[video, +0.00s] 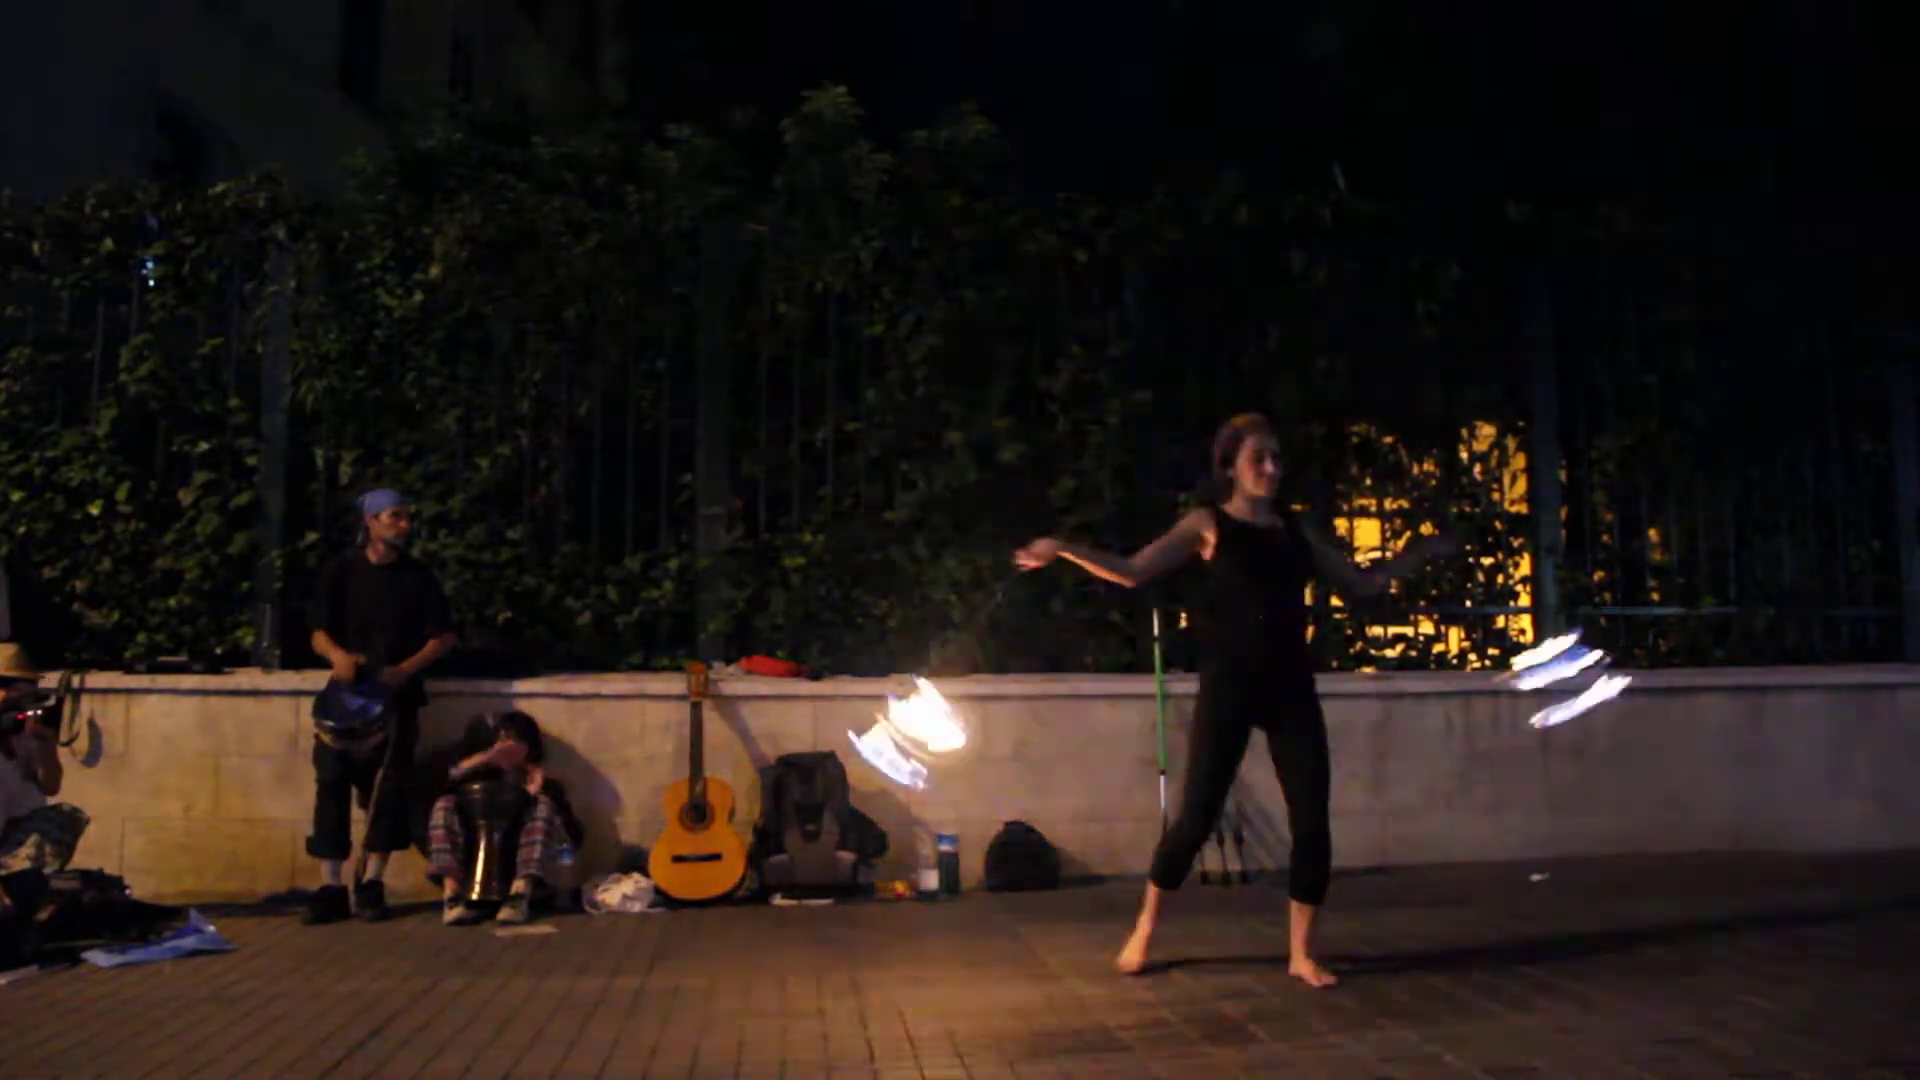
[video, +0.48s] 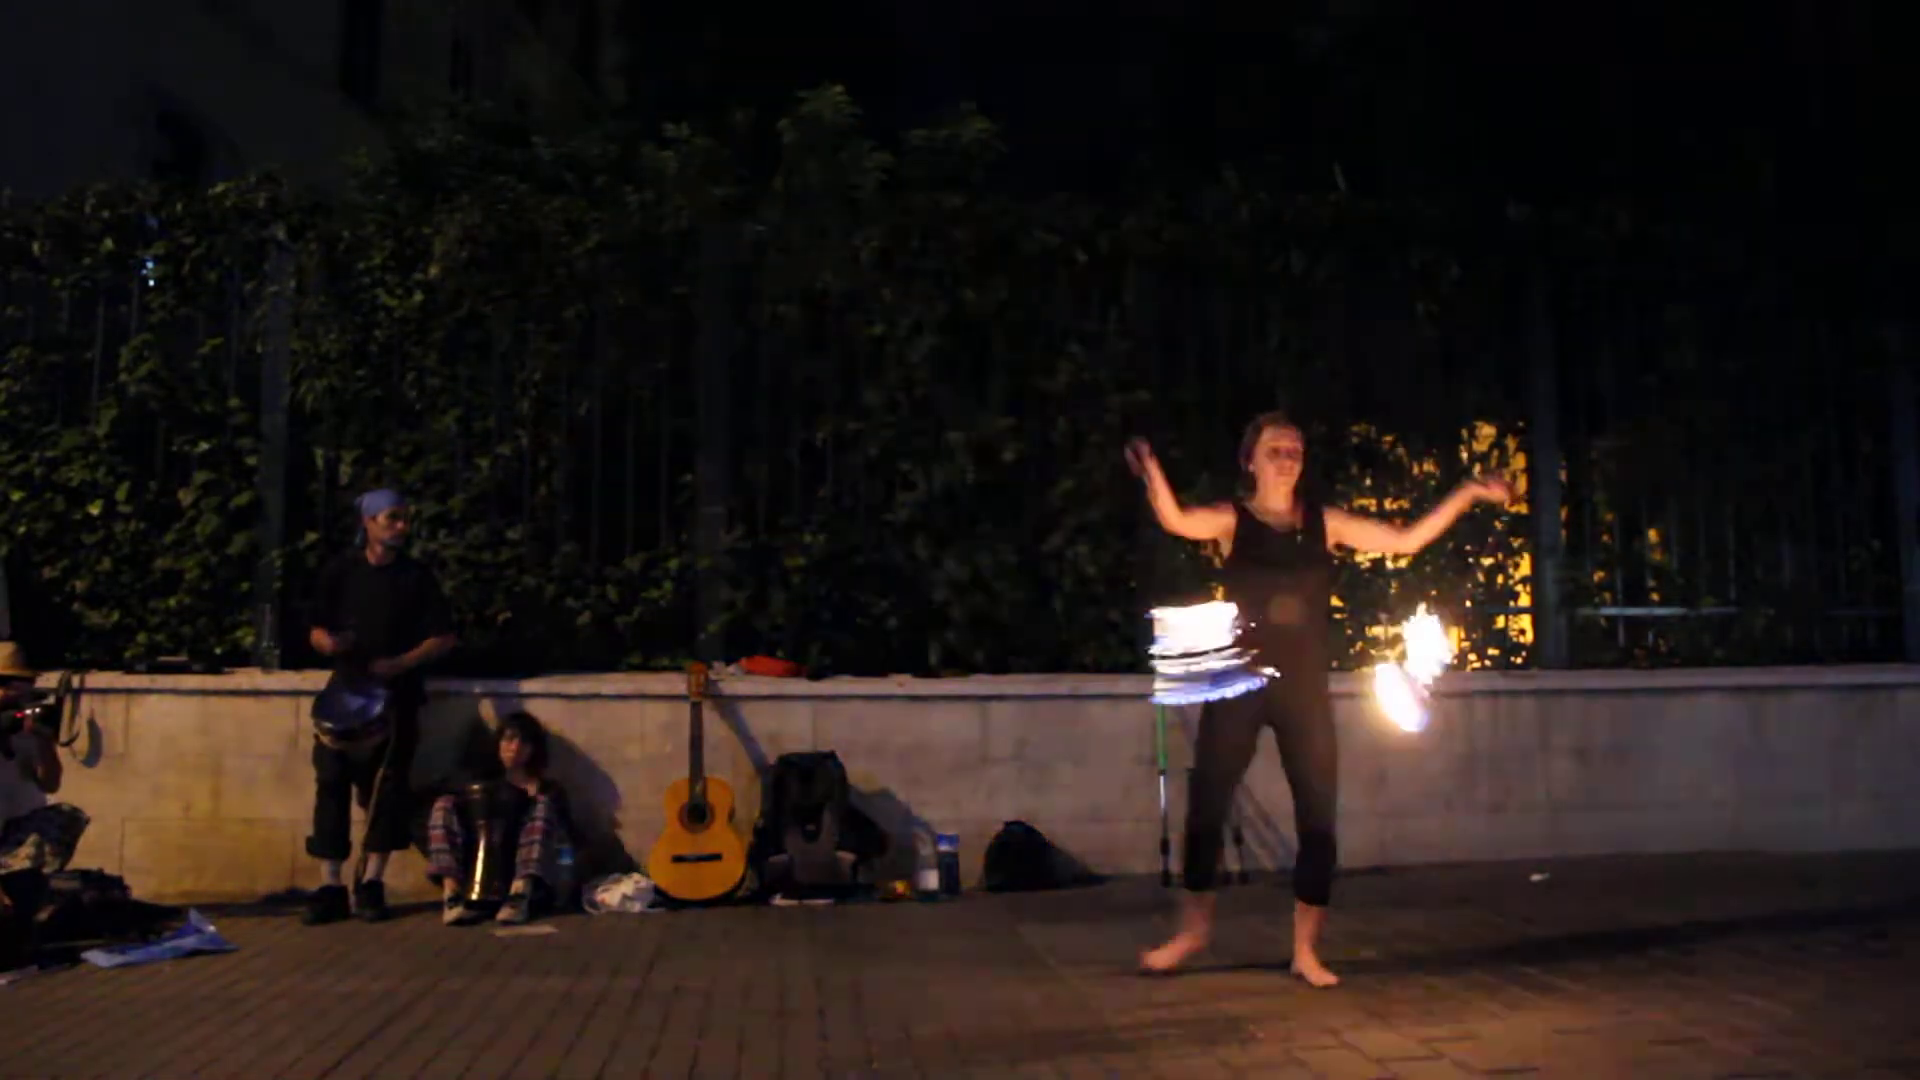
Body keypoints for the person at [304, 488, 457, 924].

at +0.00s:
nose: (404, 525)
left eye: (406, 518)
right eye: (395, 518)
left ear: (406, 524)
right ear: (371, 522)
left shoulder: (418, 576)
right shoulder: (341, 572)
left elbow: (444, 637)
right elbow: (318, 632)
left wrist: (404, 669)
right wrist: (339, 657)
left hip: (396, 695)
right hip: (345, 693)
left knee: (390, 784)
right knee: (331, 782)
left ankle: (371, 881)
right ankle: (332, 883)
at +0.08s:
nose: (405, 525)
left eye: (407, 518)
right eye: (396, 518)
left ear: (408, 525)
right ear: (371, 523)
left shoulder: (419, 576)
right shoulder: (341, 572)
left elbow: (444, 636)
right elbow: (319, 632)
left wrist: (403, 664)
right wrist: (339, 656)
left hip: (396, 693)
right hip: (346, 691)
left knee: (389, 783)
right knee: (331, 780)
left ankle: (371, 881)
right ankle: (332, 883)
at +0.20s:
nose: (405, 525)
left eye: (407, 518)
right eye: (396, 518)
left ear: (408, 524)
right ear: (371, 523)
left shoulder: (417, 575)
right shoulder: (342, 571)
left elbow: (443, 637)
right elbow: (318, 631)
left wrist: (403, 656)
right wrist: (338, 662)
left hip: (396, 692)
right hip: (346, 689)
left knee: (389, 784)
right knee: (331, 782)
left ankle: (371, 881)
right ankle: (332, 883)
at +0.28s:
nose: (403, 524)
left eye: (405, 518)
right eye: (394, 518)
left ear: (406, 523)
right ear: (369, 522)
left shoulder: (417, 575)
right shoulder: (342, 571)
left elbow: (444, 635)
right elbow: (316, 633)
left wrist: (405, 671)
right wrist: (336, 644)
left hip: (396, 694)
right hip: (345, 690)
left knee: (389, 786)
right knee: (331, 783)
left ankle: (370, 882)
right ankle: (331, 883)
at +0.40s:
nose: (401, 526)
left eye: (404, 519)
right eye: (392, 519)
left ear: (406, 524)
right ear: (368, 522)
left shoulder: (417, 575)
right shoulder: (341, 572)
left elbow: (445, 636)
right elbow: (316, 635)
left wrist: (405, 668)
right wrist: (333, 636)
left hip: (396, 690)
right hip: (346, 687)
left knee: (389, 782)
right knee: (331, 780)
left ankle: (371, 882)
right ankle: (331, 883)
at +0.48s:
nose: (401, 526)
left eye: (404, 519)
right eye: (392, 519)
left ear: (407, 524)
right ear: (368, 523)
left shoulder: (417, 576)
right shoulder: (341, 572)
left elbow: (444, 637)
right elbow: (316, 630)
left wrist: (399, 664)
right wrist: (330, 642)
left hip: (396, 693)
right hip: (346, 689)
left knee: (389, 783)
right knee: (331, 781)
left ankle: (371, 881)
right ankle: (331, 883)